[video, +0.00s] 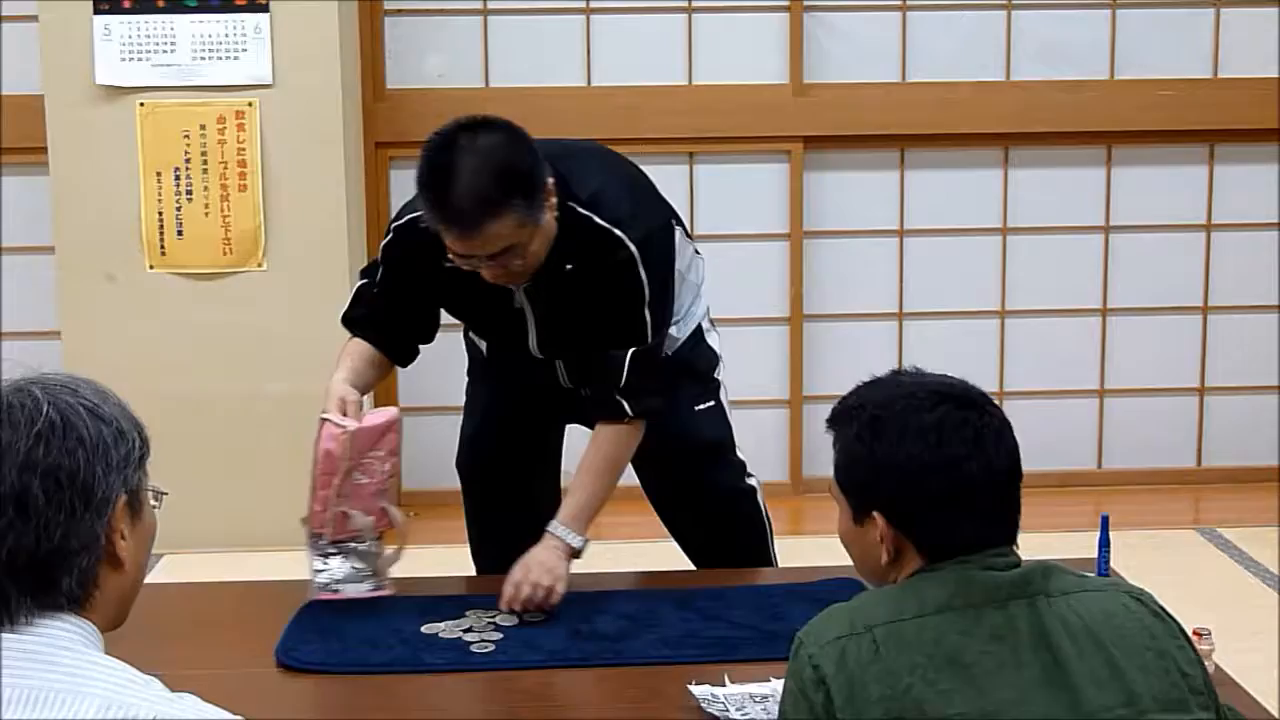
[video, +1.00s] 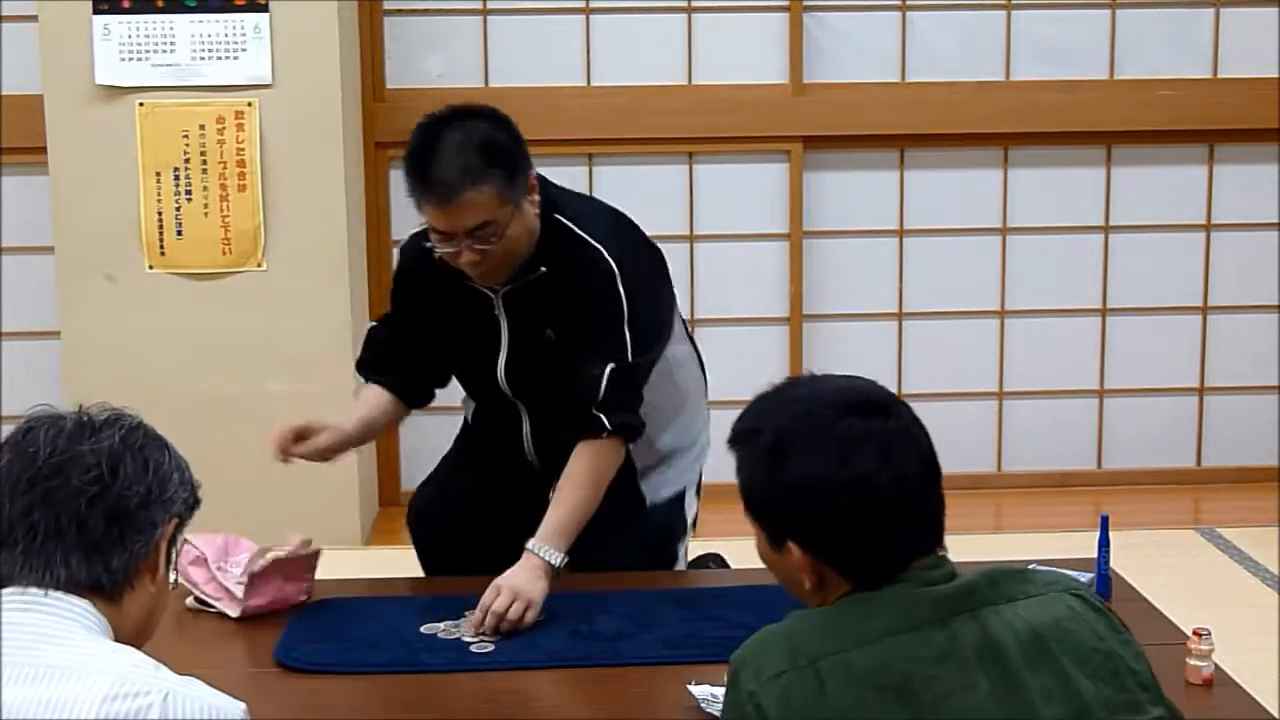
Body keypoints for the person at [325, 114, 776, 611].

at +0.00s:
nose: (490, 273)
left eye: (507, 253)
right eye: (467, 258)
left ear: (549, 200)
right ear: (437, 224)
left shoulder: (624, 235)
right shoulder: (423, 232)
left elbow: (625, 410)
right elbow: (385, 322)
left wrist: (560, 543)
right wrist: (348, 380)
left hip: (643, 347)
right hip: (515, 353)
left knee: (705, 486)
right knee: (493, 481)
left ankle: (763, 623)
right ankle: (511, 641)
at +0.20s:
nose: (464, 268)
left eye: (482, 249)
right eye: (443, 253)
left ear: (525, 197)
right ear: (415, 219)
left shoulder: (604, 230)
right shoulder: (414, 217)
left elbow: (607, 410)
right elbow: (362, 323)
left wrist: (529, 527)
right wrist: (345, 399)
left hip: (642, 339)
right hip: (513, 348)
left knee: (697, 489)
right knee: (486, 479)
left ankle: (762, 620)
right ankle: (527, 649)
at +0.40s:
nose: (453, 267)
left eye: (468, 247)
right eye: (432, 254)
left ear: (511, 195)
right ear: (404, 227)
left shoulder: (592, 228)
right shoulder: (404, 227)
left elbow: (579, 406)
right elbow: (361, 325)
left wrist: (495, 522)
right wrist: (333, 395)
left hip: (638, 343)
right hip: (509, 354)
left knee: (697, 495)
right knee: (484, 485)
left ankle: (761, 623)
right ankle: (525, 643)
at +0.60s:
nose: (445, 266)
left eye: (458, 244)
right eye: (421, 252)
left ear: (500, 191)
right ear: (394, 228)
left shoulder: (584, 232)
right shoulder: (393, 242)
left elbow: (588, 406)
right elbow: (357, 351)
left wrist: (510, 529)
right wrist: (286, 423)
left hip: (636, 352)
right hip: (508, 361)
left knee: (681, 505)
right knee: (475, 491)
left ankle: (747, 613)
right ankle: (530, 653)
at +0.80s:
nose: (434, 257)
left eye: (451, 233)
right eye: (413, 239)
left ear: (497, 187)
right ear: (392, 218)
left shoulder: (586, 242)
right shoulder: (404, 250)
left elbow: (601, 408)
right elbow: (375, 364)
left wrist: (541, 549)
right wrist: (290, 444)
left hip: (632, 392)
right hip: (510, 389)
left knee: (631, 542)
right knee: (464, 502)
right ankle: (491, 664)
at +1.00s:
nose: (465, 256)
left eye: (484, 235)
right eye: (444, 237)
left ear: (531, 194)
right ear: (425, 212)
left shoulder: (607, 263)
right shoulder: (427, 258)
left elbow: (607, 429)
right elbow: (406, 367)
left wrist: (539, 559)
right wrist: (349, 428)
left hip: (633, 441)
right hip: (512, 428)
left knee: (599, 586)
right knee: (440, 522)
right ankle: (485, 693)